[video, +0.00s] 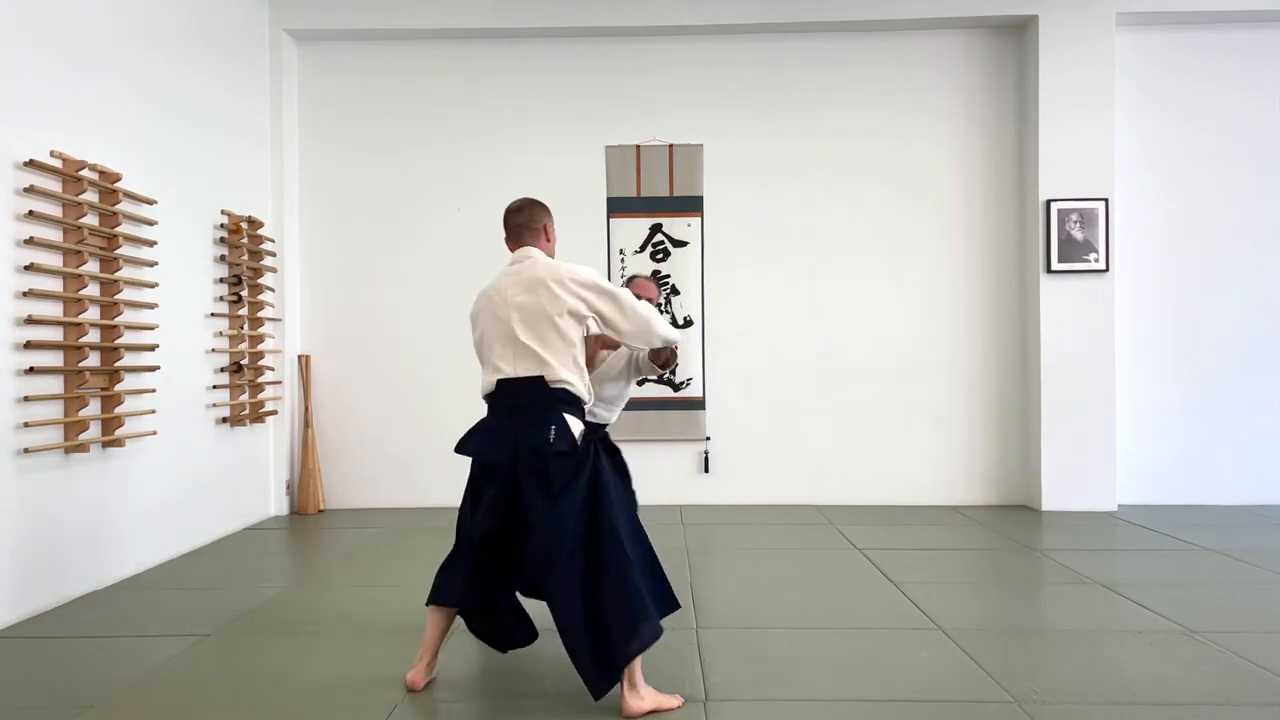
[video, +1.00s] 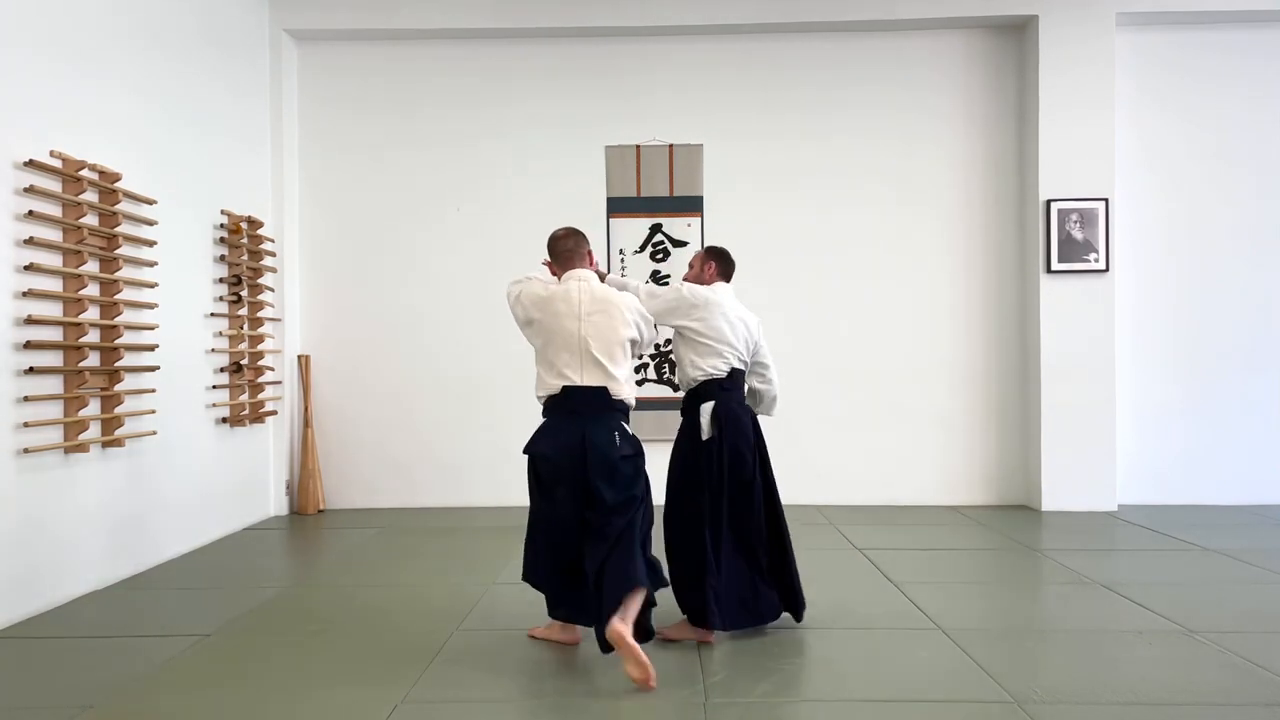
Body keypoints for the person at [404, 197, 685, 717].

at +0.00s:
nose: (556, 243)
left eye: (550, 235)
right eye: (555, 235)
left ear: (506, 241)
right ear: (549, 235)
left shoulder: (485, 298)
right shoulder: (571, 280)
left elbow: (500, 365)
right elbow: (651, 329)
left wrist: (581, 352)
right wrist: (660, 346)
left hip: (499, 428)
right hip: (561, 427)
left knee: (470, 544)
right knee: (608, 547)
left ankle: (422, 665)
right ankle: (635, 688)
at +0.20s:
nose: (542, 239)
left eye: (537, 233)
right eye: (541, 231)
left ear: (493, 242)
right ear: (536, 232)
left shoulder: (477, 299)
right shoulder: (564, 273)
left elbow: (506, 353)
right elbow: (613, 319)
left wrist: (591, 343)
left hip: (509, 429)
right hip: (569, 427)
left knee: (469, 543)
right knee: (612, 547)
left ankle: (422, 666)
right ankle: (631, 686)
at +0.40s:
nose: (574, 235)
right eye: (574, 228)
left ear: (525, 238)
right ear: (571, 230)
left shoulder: (506, 287)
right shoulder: (603, 273)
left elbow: (497, 330)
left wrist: (500, 283)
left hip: (542, 428)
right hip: (602, 426)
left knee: (498, 541)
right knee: (632, 549)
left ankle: (438, 665)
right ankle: (635, 690)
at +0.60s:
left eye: (559, 241)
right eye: (602, 234)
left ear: (558, 243)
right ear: (604, 237)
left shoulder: (536, 287)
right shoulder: (632, 287)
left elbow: (518, 315)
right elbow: (672, 318)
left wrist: (571, 286)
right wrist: (665, 292)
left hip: (560, 428)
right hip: (619, 429)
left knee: (533, 532)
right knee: (640, 549)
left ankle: (497, 642)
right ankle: (635, 688)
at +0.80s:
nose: (617, 264)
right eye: (617, 258)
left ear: (568, 262)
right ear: (614, 258)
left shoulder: (544, 302)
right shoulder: (636, 301)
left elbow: (525, 302)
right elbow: (679, 331)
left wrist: (552, 283)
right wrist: (640, 291)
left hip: (561, 431)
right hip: (619, 434)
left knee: (548, 530)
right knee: (639, 553)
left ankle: (546, 618)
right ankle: (634, 685)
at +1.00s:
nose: (595, 266)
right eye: (595, 259)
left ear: (550, 268)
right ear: (593, 260)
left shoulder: (536, 299)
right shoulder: (621, 303)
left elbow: (518, 289)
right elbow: (649, 336)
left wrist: (553, 276)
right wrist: (608, 286)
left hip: (557, 423)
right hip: (611, 426)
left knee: (559, 523)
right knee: (630, 528)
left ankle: (565, 622)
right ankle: (624, 620)